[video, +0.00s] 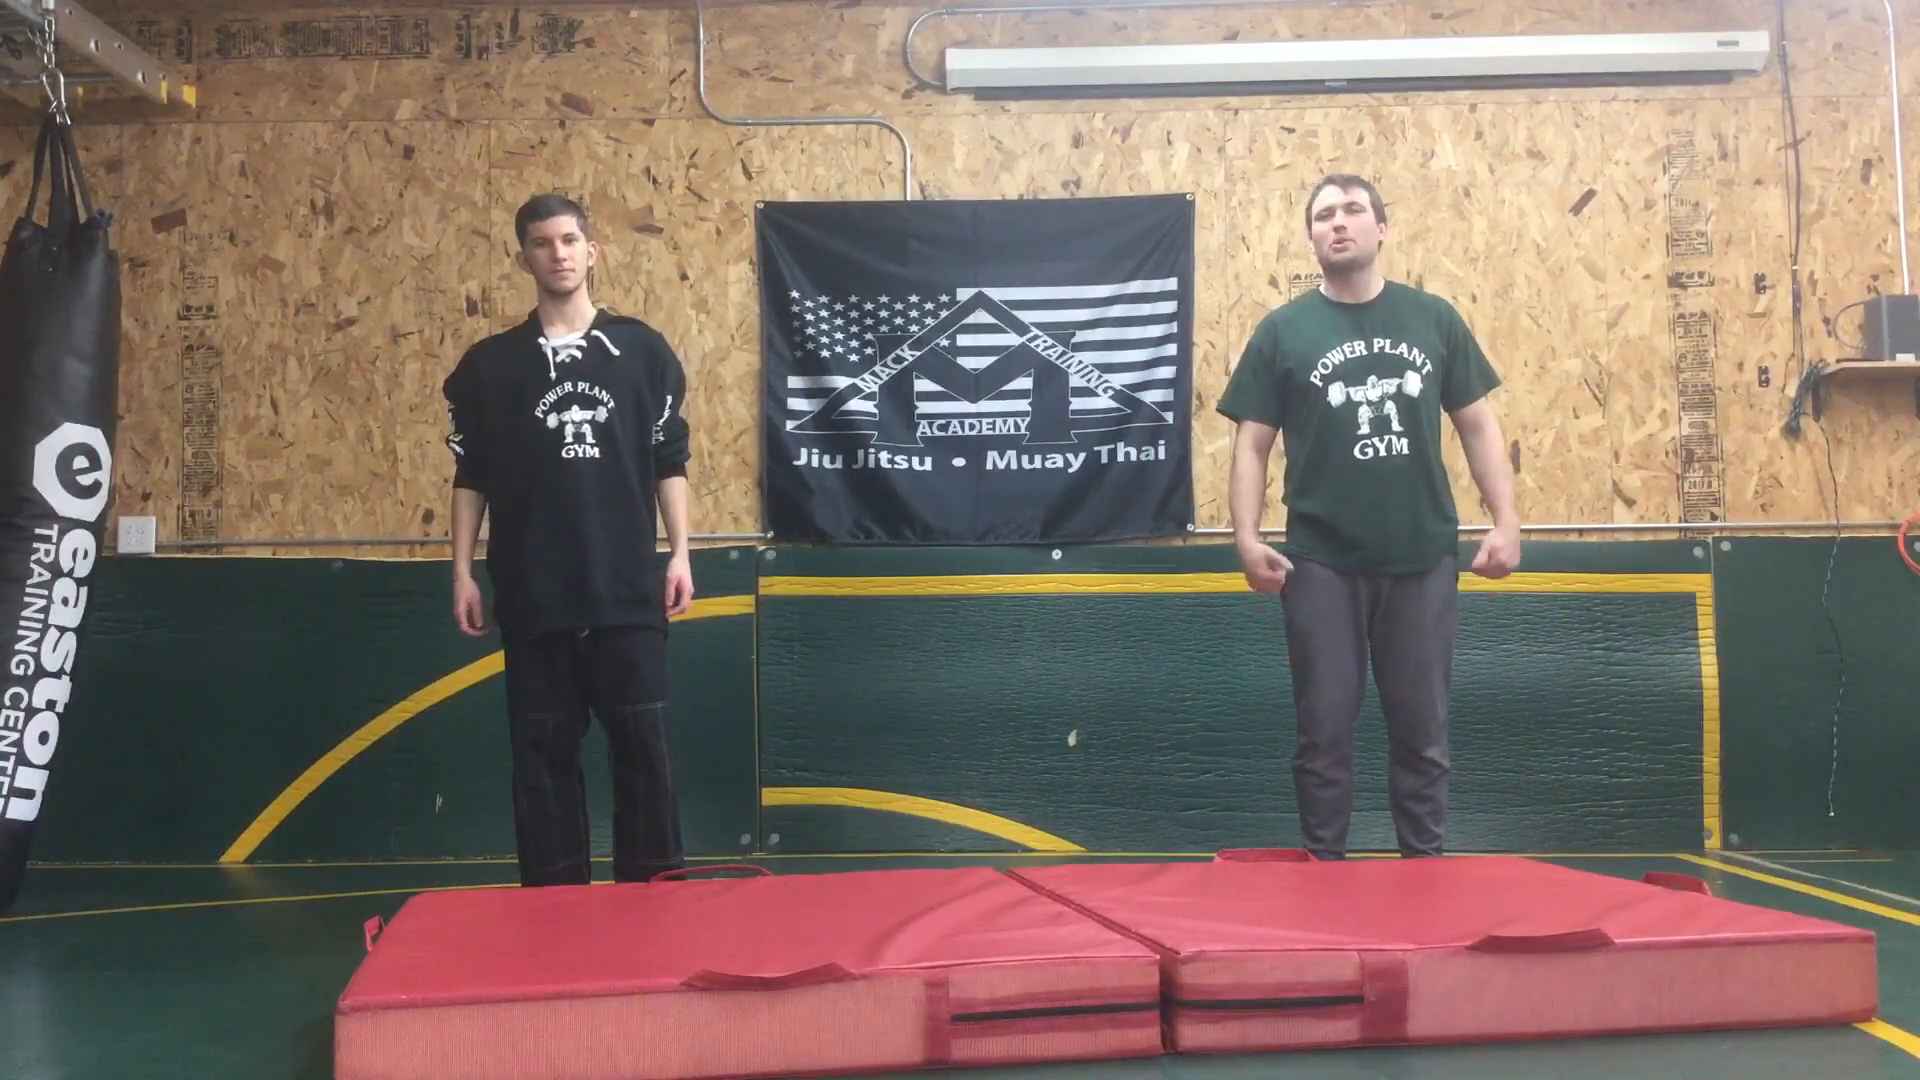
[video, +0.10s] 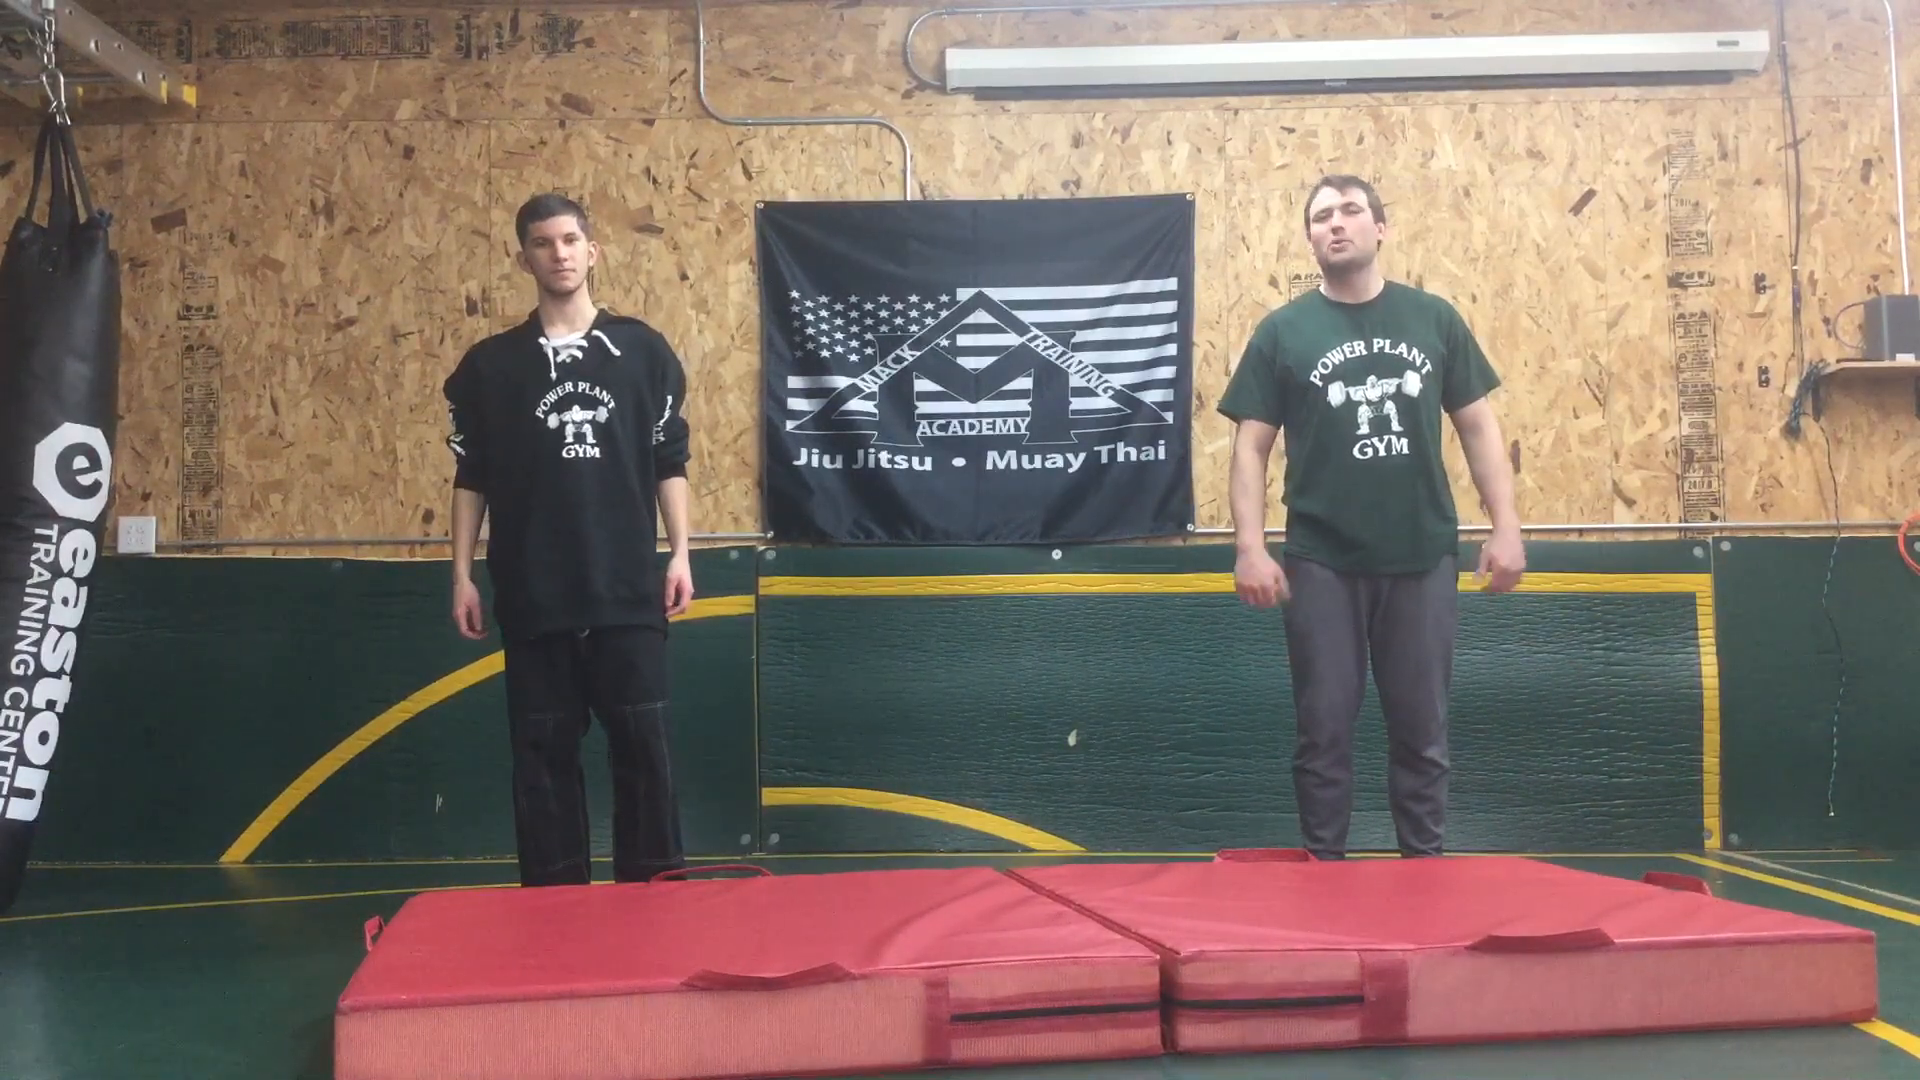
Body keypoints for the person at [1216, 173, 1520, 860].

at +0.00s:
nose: (1337, 223)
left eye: (1351, 211)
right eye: (1324, 216)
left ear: (1382, 230)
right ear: (1310, 240)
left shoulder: (1433, 318)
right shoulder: (1283, 330)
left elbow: (1476, 423)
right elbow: (1252, 444)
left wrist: (1505, 522)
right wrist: (1246, 537)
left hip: (1421, 554)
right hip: (1321, 556)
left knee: (1422, 726)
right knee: (1324, 725)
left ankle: (1424, 867)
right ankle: (1323, 869)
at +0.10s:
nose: (1334, 223)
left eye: (1349, 212)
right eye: (1321, 217)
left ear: (1381, 229)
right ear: (1309, 241)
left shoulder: (1433, 319)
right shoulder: (1283, 331)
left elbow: (1476, 424)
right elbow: (1251, 446)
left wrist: (1505, 526)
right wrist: (1250, 547)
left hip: (1420, 555)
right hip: (1321, 557)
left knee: (1421, 727)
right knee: (1324, 725)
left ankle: (1424, 868)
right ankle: (1323, 871)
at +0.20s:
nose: (1333, 221)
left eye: (1347, 209)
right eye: (1319, 216)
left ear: (1381, 228)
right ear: (1308, 242)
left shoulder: (1433, 319)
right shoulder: (1283, 331)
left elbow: (1474, 429)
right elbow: (1254, 448)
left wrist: (1502, 529)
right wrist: (1251, 550)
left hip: (1421, 555)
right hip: (1321, 557)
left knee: (1421, 728)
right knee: (1324, 726)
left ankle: (1424, 870)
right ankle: (1323, 873)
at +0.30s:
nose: (1333, 221)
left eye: (1347, 209)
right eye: (1320, 216)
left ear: (1381, 229)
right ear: (1309, 243)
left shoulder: (1433, 319)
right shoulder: (1283, 332)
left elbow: (1473, 429)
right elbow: (1254, 450)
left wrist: (1499, 530)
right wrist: (1252, 549)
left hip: (1421, 556)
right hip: (1321, 558)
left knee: (1422, 728)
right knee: (1324, 727)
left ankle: (1424, 869)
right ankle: (1322, 872)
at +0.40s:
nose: (1335, 223)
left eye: (1349, 211)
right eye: (1322, 218)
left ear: (1382, 231)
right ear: (1310, 244)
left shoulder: (1435, 320)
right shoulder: (1283, 332)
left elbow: (1474, 429)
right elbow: (1254, 448)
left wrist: (1496, 531)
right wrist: (1254, 548)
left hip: (1422, 556)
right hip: (1321, 558)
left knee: (1422, 729)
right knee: (1324, 727)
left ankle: (1424, 870)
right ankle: (1323, 872)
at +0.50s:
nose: (1338, 226)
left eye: (1352, 214)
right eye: (1325, 220)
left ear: (1383, 231)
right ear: (1312, 245)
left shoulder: (1436, 321)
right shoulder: (1284, 332)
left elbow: (1475, 429)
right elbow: (1253, 448)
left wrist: (1496, 531)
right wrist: (1252, 546)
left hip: (1422, 557)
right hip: (1321, 559)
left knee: (1423, 728)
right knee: (1324, 726)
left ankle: (1424, 869)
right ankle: (1323, 870)